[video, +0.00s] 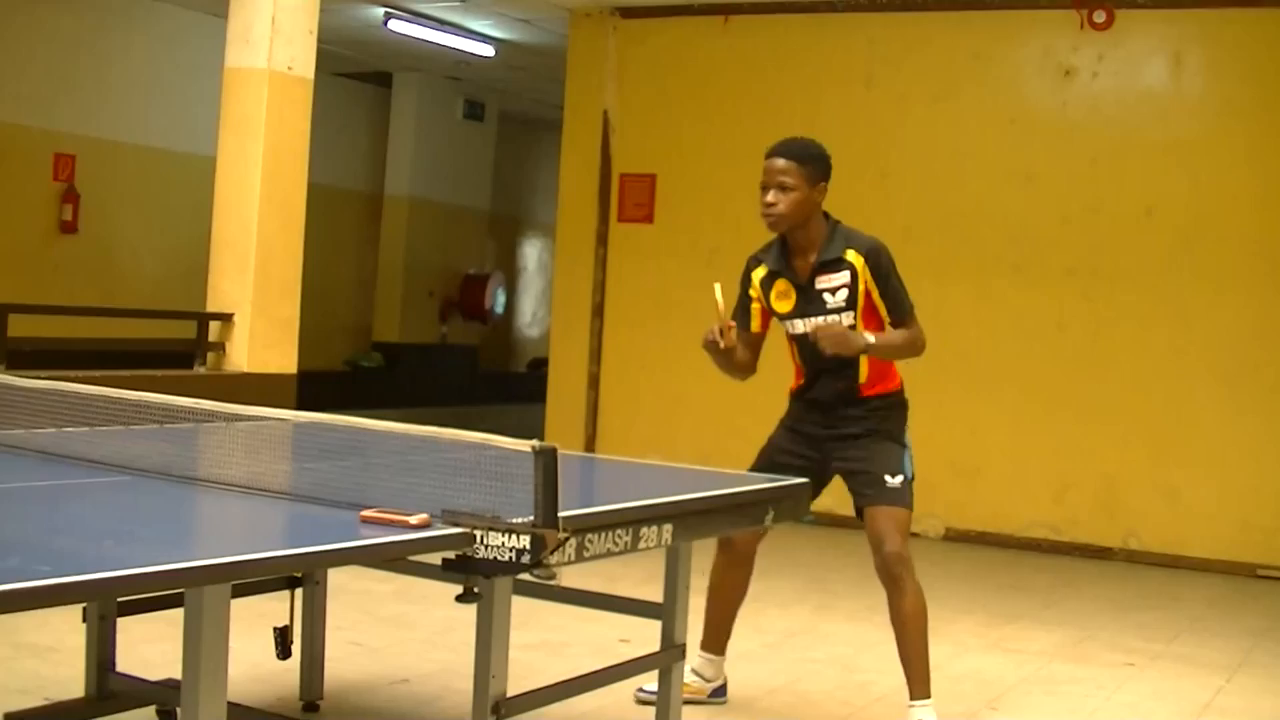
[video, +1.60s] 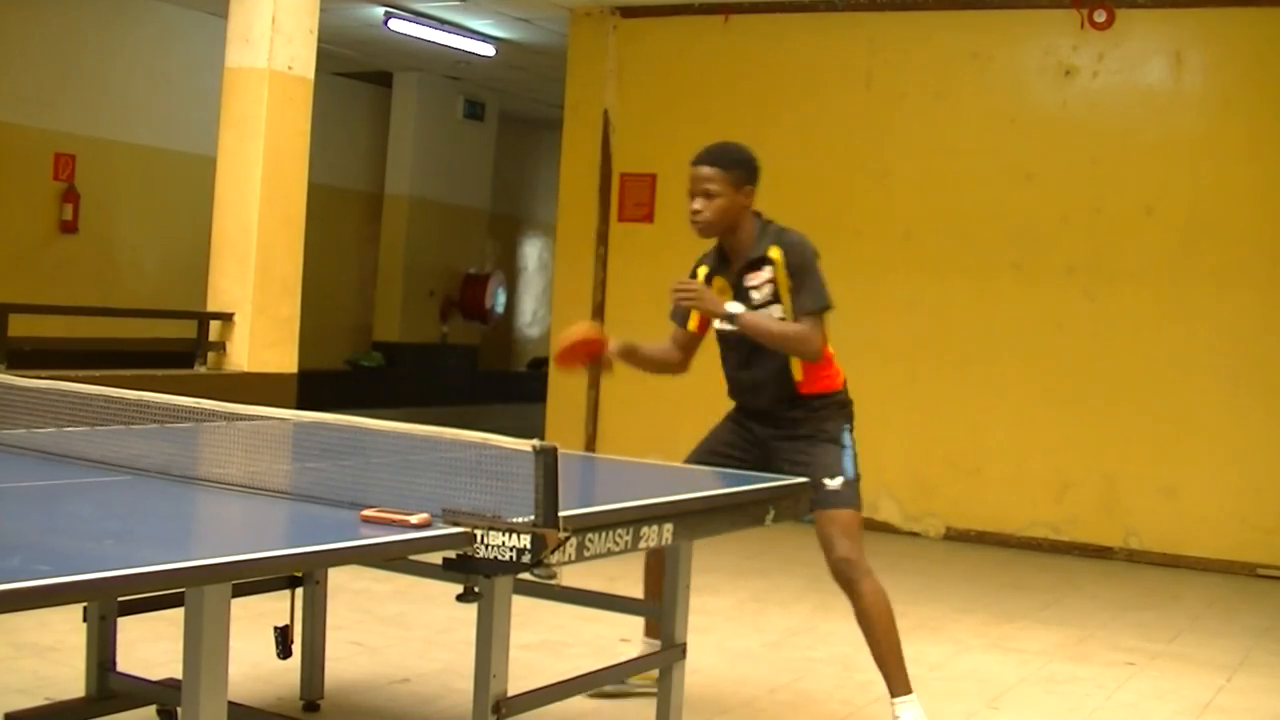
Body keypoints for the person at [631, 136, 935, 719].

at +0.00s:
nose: (767, 199)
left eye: (781, 189)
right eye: (764, 188)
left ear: (819, 192)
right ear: (761, 191)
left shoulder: (865, 254)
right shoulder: (760, 269)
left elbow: (912, 339)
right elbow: (744, 364)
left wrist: (861, 342)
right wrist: (723, 352)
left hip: (873, 418)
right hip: (807, 417)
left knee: (890, 553)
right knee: (738, 529)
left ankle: (921, 706)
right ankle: (708, 671)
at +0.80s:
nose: (778, 253)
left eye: (791, 241)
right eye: (773, 240)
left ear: (827, 239)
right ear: (769, 238)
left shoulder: (877, 292)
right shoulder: (762, 310)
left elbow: (920, 366)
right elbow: (720, 394)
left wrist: (892, 415)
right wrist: (719, 424)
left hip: (878, 444)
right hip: (804, 446)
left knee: (917, 559)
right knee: (714, 542)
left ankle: (949, 710)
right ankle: (704, 674)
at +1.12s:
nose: (780, 267)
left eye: (792, 255)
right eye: (774, 254)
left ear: (828, 246)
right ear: (766, 247)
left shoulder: (874, 288)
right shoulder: (755, 305)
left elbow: (911, 356)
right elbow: (690, 363)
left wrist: (897, 388)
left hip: (868, 444)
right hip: (791, 446)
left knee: (910, 558)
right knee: (708, 545)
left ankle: (945, 709)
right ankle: (704, 675)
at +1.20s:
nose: (778, 250)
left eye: (790, 238)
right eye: (772, 236)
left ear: (826, 229)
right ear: (766, 230)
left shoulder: (874, 279)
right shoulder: (753, 287)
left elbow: (907, 346)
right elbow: (666, 334)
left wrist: (894, 371)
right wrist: (614, 308)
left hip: (863, 440)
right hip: (785, 440)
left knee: (907, 553)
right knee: (705, 541)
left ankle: (933, 707)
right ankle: (702, 673)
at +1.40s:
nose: (762, 231)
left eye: (775, 219)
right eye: (758, 218)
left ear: (813, 221)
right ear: (755, 219)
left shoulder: (857, 287)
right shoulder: (742, 284)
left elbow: (892, 375)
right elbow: (649, 323)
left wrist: (860, 368)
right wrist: (602, 269)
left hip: (844, 450)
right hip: (766, 448)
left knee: (902, 557)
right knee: (680, 550)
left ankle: (924, 709)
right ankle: (673, 669)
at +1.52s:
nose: (724, 215)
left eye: (738, 204)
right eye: (722, 203)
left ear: (776, 206)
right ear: (722, 204)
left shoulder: (822, 268)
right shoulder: (720, 275)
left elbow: (847, 360)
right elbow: (652, 345)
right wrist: (609, 305)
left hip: (824, 442)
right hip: (748, 438)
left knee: (869, 559)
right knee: (659, 526)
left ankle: (915, 708)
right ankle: (669, 664)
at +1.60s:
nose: (694, 206)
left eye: (707, 194)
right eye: (691, 194)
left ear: (746, 196)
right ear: (693, 197)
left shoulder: (789, 249)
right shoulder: (706, 269)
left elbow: (811, 342)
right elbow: (677, 354)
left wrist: (726, 310)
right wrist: (622, 349)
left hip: (816, 422)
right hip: (750, 420)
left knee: (845, 561)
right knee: (662, 515)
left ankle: (905, 704)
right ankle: (652, 656)